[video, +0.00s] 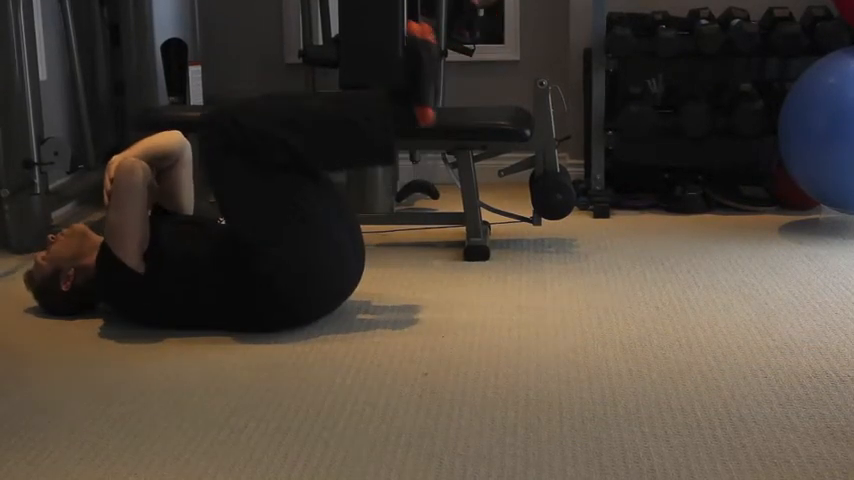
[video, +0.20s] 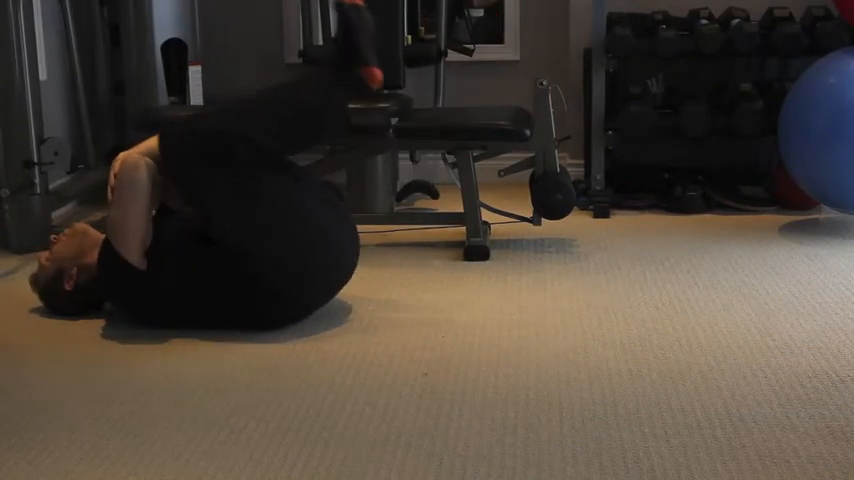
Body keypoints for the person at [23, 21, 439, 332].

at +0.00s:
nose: (57, 236)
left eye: (47, 241)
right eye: (51, 248)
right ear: (72, 278)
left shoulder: (153, 253)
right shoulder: (120, 283)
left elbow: (177, 144)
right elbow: (129, 171)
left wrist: (122, 167)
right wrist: (123, 170)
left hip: (320, 262)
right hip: (297, 276)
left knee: (229, 129)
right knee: (227, 132)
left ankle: (395, 104)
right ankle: (399, 116)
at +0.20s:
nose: (56, 236)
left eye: (46, 244)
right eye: (52, 251)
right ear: (73, 278)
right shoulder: (125, 282)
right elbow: (131, 165)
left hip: (328, 242)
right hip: (295, 262)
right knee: (180, 142)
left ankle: (339, 73)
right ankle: (340, 77)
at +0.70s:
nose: (54, 231)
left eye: (43, 239)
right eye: (48, 245)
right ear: (67, 278)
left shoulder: (151, 258)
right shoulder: (114, 286)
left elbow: (178, 164)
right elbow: (122, 172)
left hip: (326, 251)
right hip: (292, 269)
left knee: (165, 126)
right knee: (166, 127)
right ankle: (354, 110)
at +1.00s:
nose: (84, 250)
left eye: (77, 249)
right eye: (73, 259)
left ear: (94, 257)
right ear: (80, 293)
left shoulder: (160, 250)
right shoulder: (131, 297)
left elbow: (168, 148)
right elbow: (115, 174)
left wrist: (117, 204)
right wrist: (127, 219)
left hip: (331, 263)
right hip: (323, 290)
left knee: (376, 125)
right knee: (370, 130)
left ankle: (488, 225)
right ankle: (520, 221)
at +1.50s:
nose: (98, 251)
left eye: (91, 249)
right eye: (87, 261)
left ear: (111, 253)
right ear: (95, 295)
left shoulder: (177, 250)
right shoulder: (151, 297)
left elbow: (182, 152)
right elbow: (134, 173)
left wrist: (152, 223)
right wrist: (149, 221)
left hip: (347, 256)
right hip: (340, 286)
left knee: (404, 122)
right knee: (397, 134)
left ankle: (505, 229)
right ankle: (531, 230)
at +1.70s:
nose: (78, 236)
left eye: (68, 240)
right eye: (68, 250)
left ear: (89, 245)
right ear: (84, 284)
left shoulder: (175, 249)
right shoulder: (135, 294)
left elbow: (182, 148)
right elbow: (128, 180)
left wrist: (130, 190)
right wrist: (130, 227)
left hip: (336, 266)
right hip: (311, 287)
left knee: (296, 116)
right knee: (283, 125)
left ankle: (452, 128)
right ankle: (453, 135)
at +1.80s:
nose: (76, 234)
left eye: (64, 240)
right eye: (69, 247)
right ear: (86, 278)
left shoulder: (173, 250)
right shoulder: (131, 293)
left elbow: (186, 149)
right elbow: (128, 178)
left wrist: (125, 176)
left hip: (344, 256)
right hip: (306, 276)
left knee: (234, 135)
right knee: (232, 137)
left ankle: (398, 98)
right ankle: (388, 118)